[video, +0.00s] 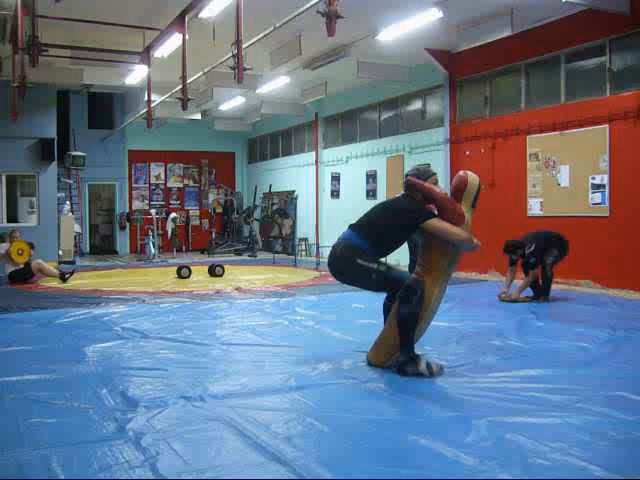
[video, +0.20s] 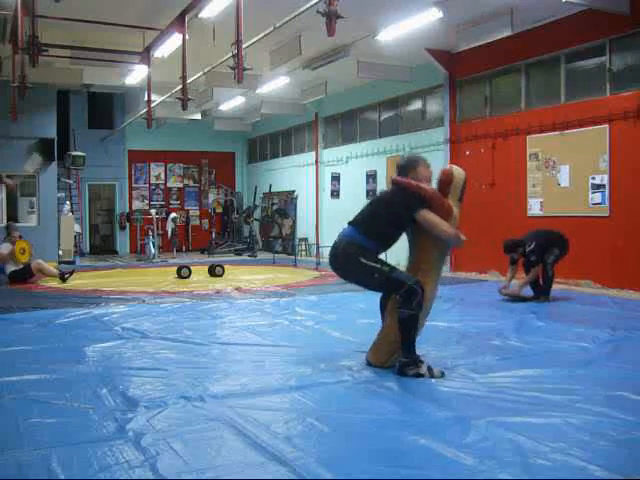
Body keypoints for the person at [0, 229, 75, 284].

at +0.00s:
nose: (17, 239)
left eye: (18, 237)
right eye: (15, 238)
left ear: (20, 237)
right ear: (10, 238)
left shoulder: (21, 246)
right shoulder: (6, 246)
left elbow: (31, 254)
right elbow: (2, 255)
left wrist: (27, 252)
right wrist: (7, 250)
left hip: (22, 270)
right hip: (13, 273)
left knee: (40, 264)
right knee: (38, 264)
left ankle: (61, 274)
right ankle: (61, 275)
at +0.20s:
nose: (16, 239)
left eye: (18, 237)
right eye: (14, 237)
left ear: (19, 237)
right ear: (9, 237)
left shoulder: (19, 245)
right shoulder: (6, 246)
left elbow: (25, 260)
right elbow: (3, 260)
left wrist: (28, 252)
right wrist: (12, 249)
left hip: (21, 271)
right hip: (13, 274)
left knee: (39, 264)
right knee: (38, 264)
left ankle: (60, 274)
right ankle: (60, 275)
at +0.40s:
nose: (16, 238)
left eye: (16, 236)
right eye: (14, 236)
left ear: (9, 237)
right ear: (9, 237)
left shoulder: (9, 245)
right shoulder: (7, 245)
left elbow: (14, 259)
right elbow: (14, 259)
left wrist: (24, 251)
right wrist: (25, 251)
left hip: (17, 273)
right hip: (14, 275)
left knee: (38, 264)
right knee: (37, 264)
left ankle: (61, 274)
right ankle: (60, 275)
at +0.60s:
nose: (17, 240)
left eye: (17, 238)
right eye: (17, 238)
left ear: (6, 238)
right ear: (14, 238)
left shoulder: (3, 246)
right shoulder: (17, 246)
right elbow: (27, 259)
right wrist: (29, 251)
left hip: (11, 276)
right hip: (18, 275)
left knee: (41, 267)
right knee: (38, 264)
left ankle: (62, 274)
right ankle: (61, 275)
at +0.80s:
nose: (17, 240)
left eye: (16, 238)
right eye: (17, 238)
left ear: (7, 238)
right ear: (15, 238)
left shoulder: (2, 246)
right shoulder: (17, 246)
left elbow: (2, 259)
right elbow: (27, 260)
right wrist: (26, 252)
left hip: (11, 276)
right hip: (18, 274)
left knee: (40, 265)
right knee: (40, 265)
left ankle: (61, 274)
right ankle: (62, 275)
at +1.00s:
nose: (16, 238)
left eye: (15, 236)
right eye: (14, 236)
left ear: (6, 237)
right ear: (9, 237)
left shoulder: (5, 245)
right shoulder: (8, 246)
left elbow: (17, 259)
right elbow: (19, 259)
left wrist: (22, 249)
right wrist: (26, 249)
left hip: (14, 274)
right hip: (14, 275)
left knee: (41, 264)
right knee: (41, 265)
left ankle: (62, 274)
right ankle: (62, 275)